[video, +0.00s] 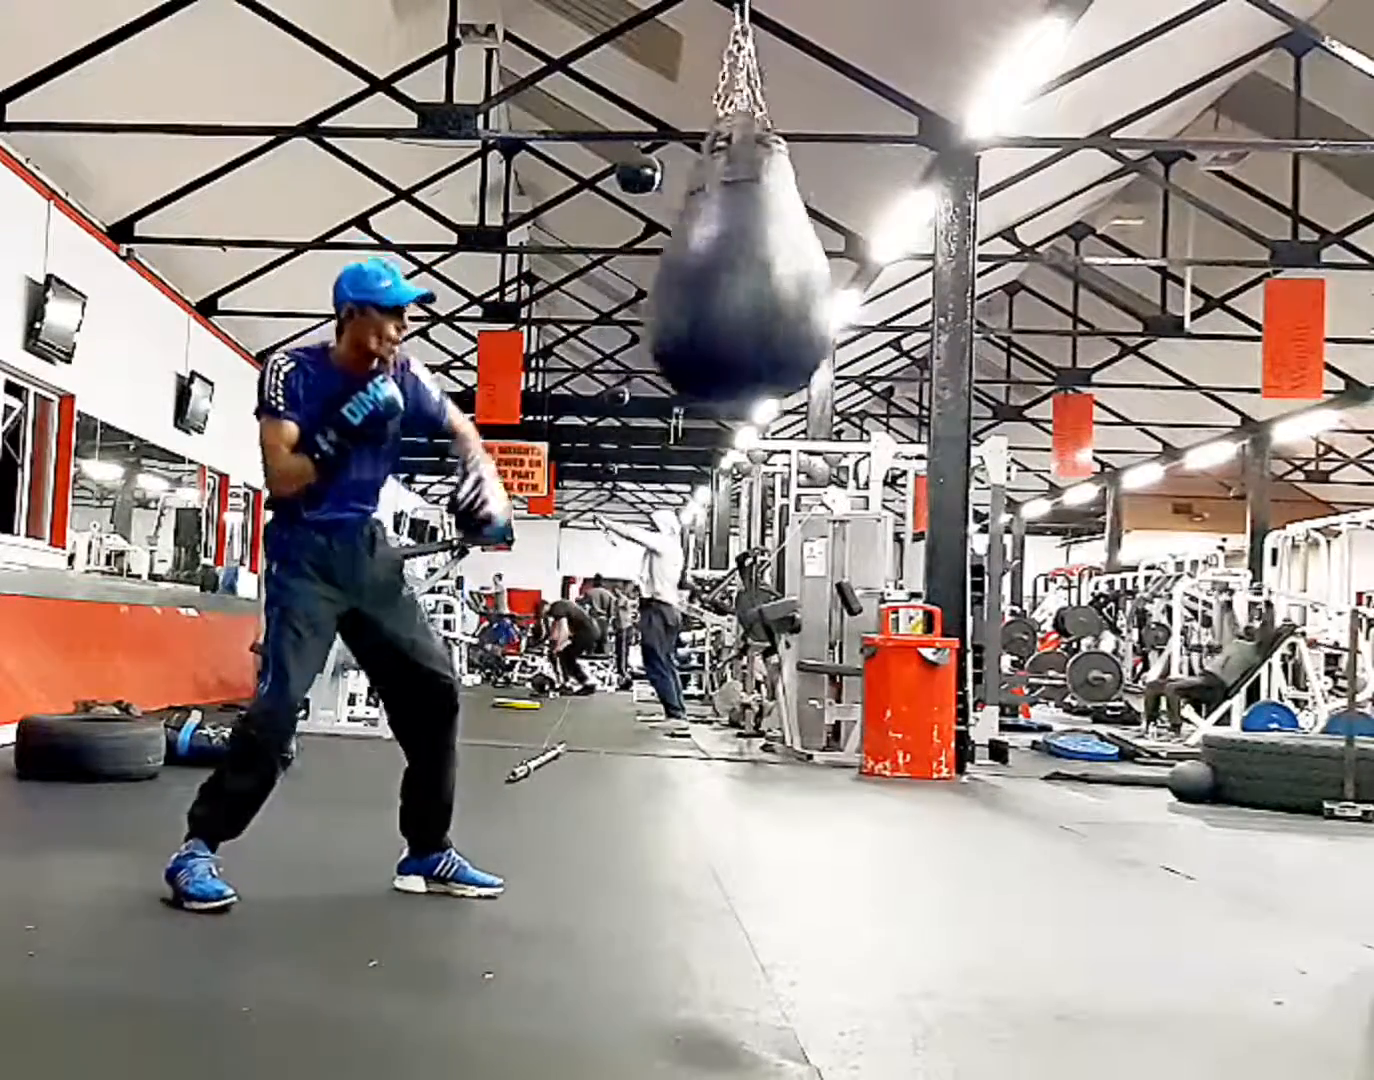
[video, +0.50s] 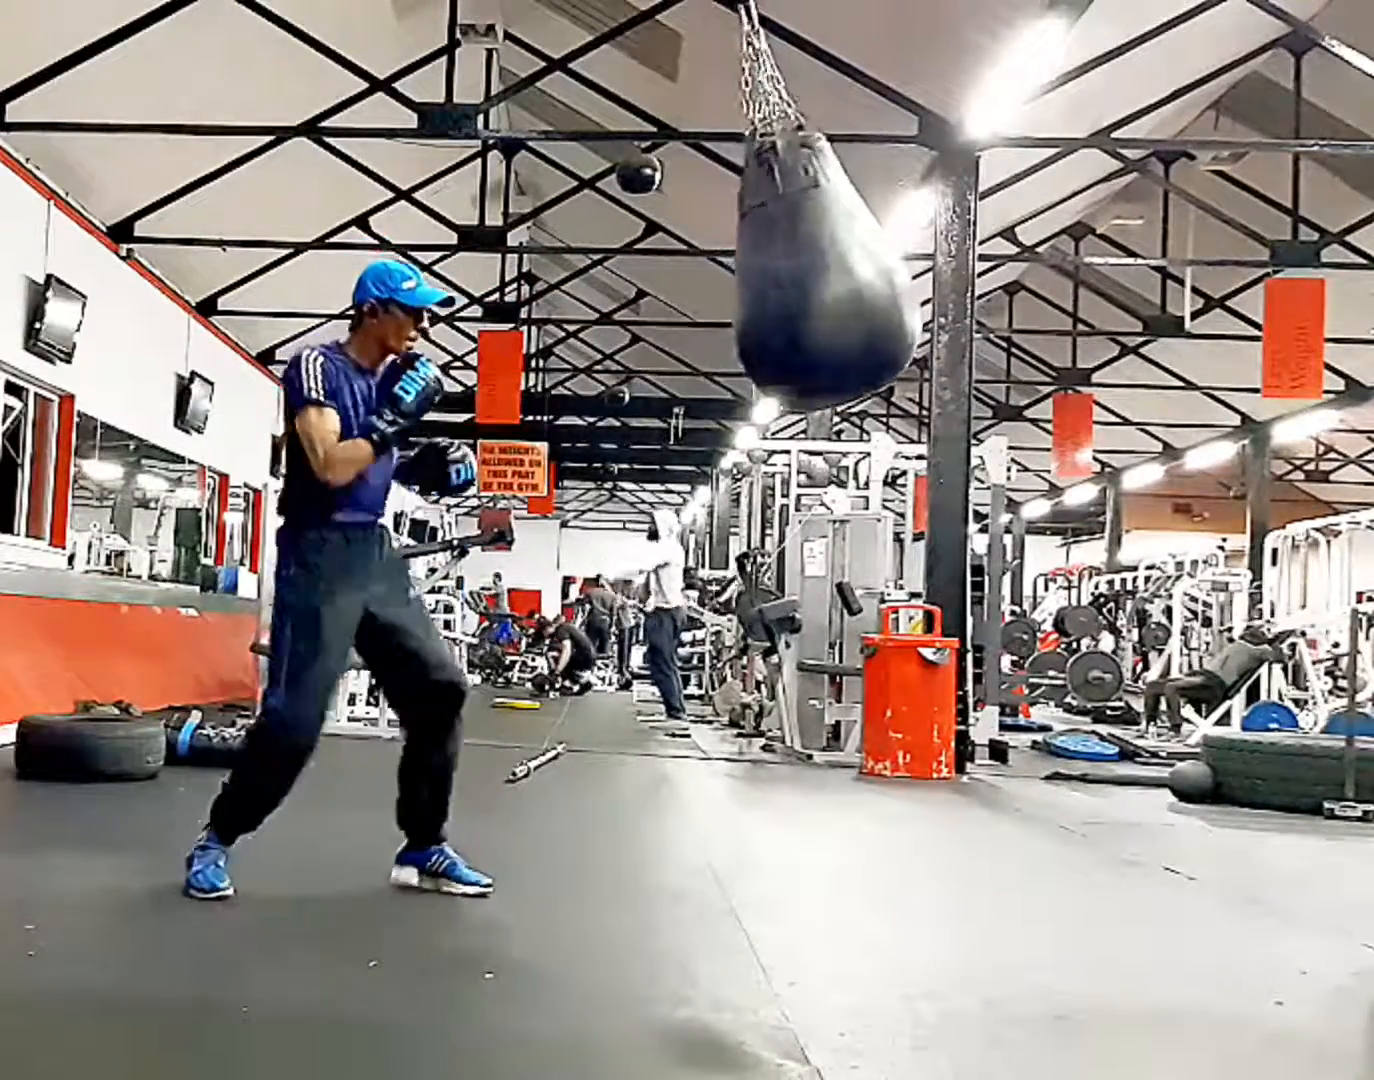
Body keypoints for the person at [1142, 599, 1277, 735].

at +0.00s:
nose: (1252, 626)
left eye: (1257, 625)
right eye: (1253, 623)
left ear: (1262, 633)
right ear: (1247, 629)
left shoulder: (1258, 651)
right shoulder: (1237, 642)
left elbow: (1268, 628)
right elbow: (1231, 625)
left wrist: (1268, 607)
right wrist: (1227, 605)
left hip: (1219, 683)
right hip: (1204, 676)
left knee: (1172, 688)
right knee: (1152, 687)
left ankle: (1175, 730)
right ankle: (1148, 727)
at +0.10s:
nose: (1249, 630)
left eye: (1253, 629)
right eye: (1247, 628)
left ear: (1258, 635)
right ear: (1244, 632)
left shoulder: (1257, 651)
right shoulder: (1235, 643)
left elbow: (1269, 631)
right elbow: (1231, 625)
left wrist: (1270, 610)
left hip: (1218, 684)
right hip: (1203, 677)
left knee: (1172, 688)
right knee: (1152, 687)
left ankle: (1175, 731)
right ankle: (1148, 727)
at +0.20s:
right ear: (1257, 634)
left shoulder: (1258, 650)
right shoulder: (1236, 643)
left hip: (1217, 684)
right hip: (1202, 677)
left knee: (1173, 688)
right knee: (1152, 687)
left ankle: (1175, 731)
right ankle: (1148, 727)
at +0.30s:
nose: (1251, 630)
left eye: (1256, 630)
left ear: (1258, 636)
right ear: (1248, 633)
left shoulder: (1256, 649)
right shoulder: (1232, 643)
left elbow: (1271, 648)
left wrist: (1282, 634)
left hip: (1218, 683)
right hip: (1202, 677)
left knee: (1172, 688)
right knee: (1152, 688)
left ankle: (1175, 731)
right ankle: (1148, 727)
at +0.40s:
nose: (1256, 634)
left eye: (1258, 633)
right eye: (1256, 632)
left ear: (1258, 638)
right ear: (1251, 635)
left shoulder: (1260, 650)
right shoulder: (1235, 644)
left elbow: (1279, 659)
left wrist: (1276, 642)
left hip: (1217, 682)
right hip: (1201, 674)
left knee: (1172, 688)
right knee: (1152, 687)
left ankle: (1175, 731)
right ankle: (1148, 727)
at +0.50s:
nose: (1260, 637)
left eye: (1258, 635)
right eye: (1259, 635)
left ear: (1252, 637)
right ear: (1255, 639)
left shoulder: (1257, 651)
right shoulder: (1235, 645)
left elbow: (1279, 658)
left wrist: (1274, 643)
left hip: (1216, 682)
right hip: (1202, 674)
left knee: (1171, 688)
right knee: (1152, 687)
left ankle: (1175, 731)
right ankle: (1147, 727)